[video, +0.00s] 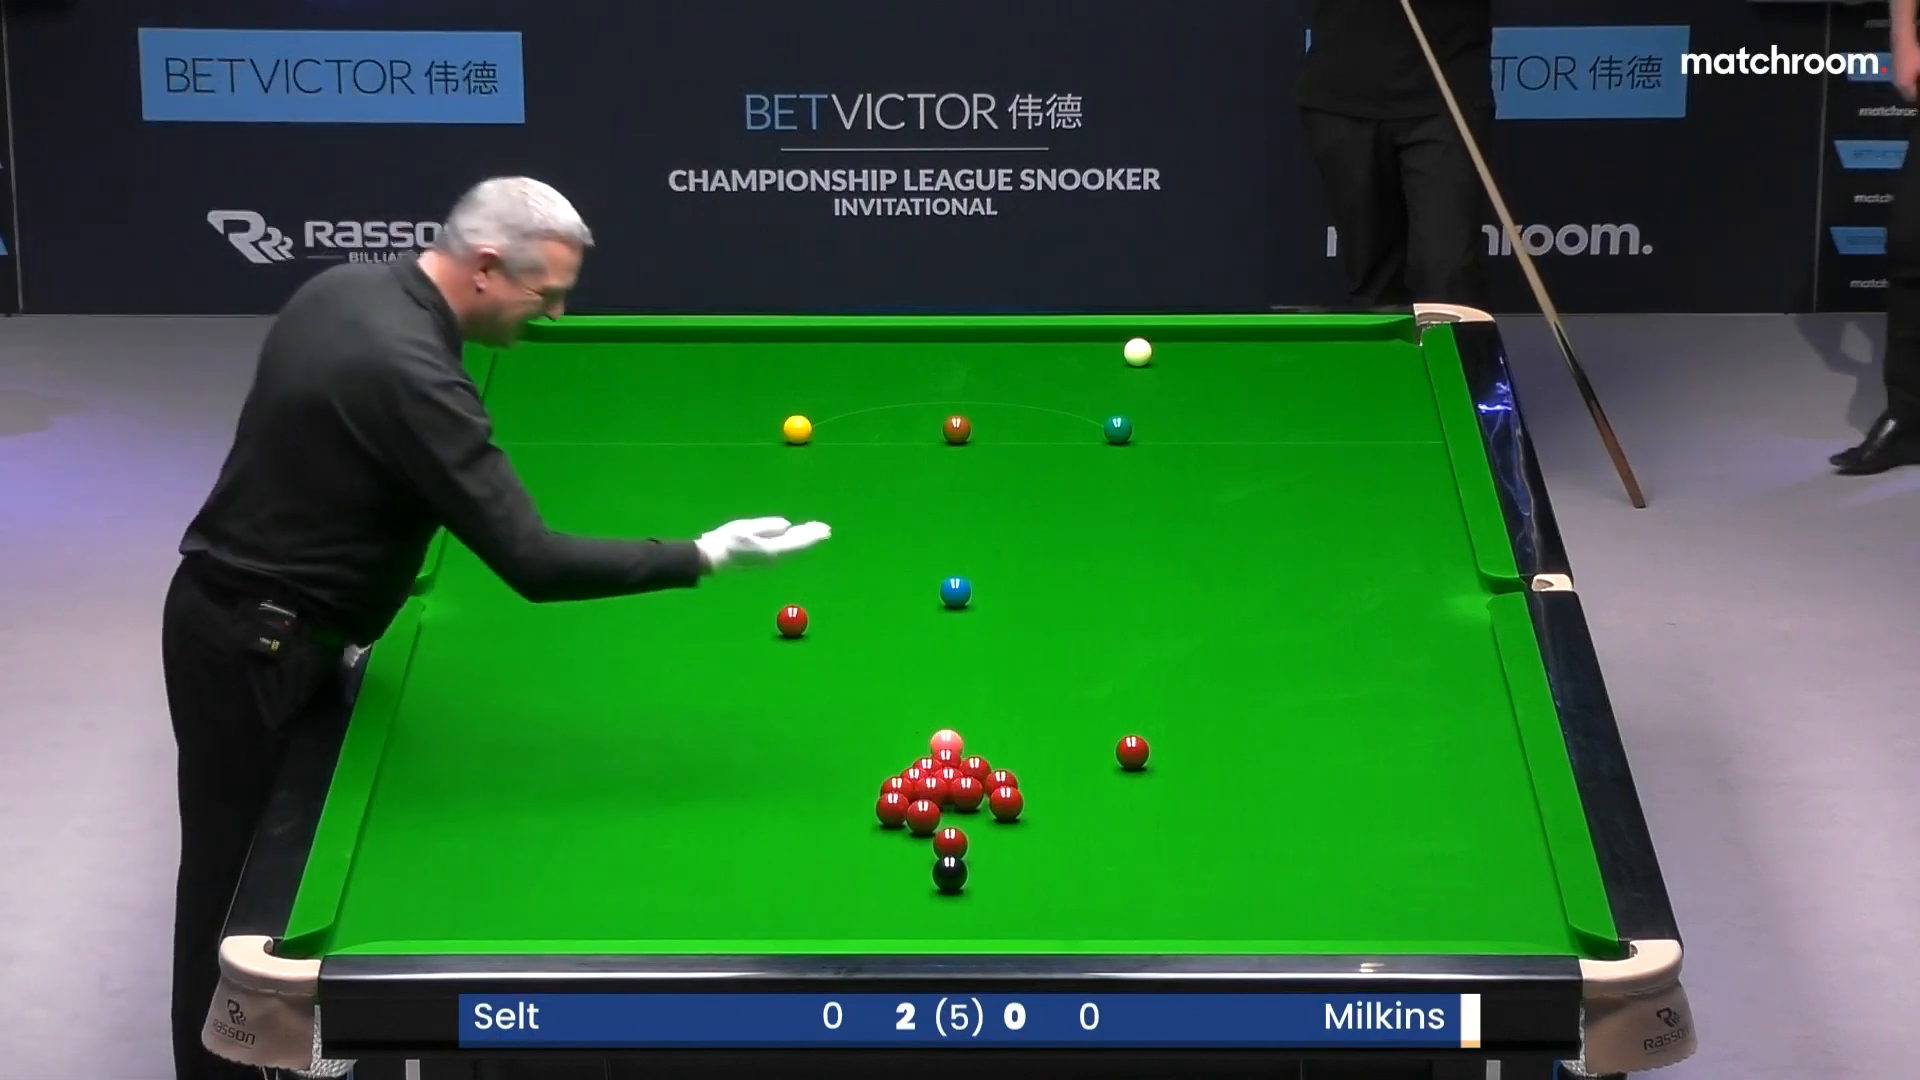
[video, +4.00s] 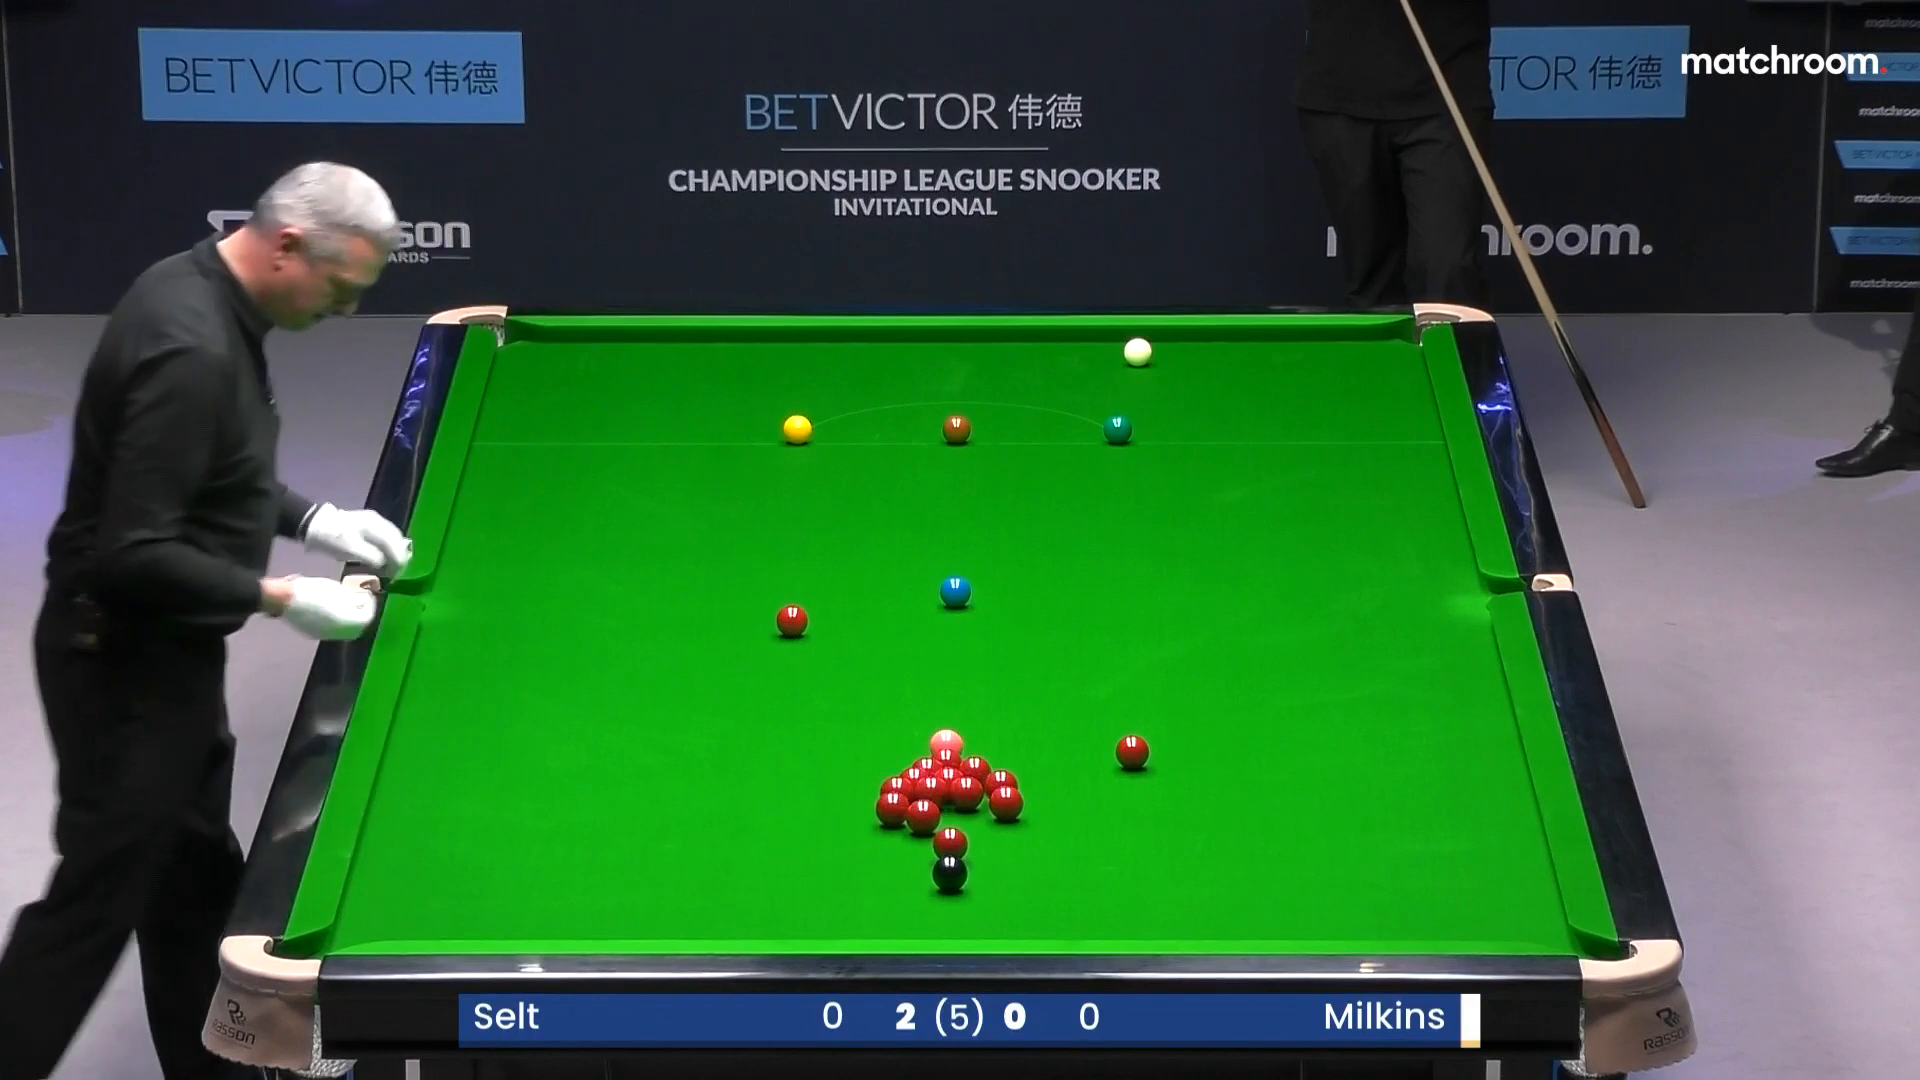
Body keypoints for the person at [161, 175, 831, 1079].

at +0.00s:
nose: (551, 311)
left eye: (560, 295)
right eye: (546, 291)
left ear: (472, 262)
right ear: (483, 264)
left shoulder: (348, 289)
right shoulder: (413, 372)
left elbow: (286, 455)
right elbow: (535, 562)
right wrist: (701, 555)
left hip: (228, 607)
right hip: (261, 639)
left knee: (241, 868)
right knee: (237, 881)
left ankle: (238, 1055)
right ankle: (217, 1063)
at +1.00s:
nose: (657, 407)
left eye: (666, 391)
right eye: (658, 387)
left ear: (585, 333)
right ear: (601, 348)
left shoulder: (457, 331)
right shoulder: (531, 449)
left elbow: (354, 451)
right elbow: (648, 630)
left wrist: (366, 619)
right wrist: (816, 640)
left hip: (240, 584)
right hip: (277, 635)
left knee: (245, 865)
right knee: (243, 882)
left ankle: (230, 1043)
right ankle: (211, 1054)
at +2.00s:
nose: (663, 404)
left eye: (673, 387)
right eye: (664, 383)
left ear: (592, 334)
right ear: (609, 349)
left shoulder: (451, 331)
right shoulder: (538, 451)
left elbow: (340, 441)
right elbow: (658, 617)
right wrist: (827, 692)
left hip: (242, 585)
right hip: (284, 636)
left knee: (242, 868)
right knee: (252, 886)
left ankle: (227, 1045)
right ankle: (219, 1054)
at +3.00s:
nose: (652, 389)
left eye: (660, 373)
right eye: (650, 368)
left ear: (579, 318)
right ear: (592, 331)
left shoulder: (438, 323)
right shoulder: (516, 430)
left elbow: (324, 448)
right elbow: (573, 651)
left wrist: (365, 610)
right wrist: (734, 660)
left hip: (241, 590)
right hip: (279, 636)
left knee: (236, 880)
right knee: (250, 894)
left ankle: (215, 1054)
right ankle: (215, 1060)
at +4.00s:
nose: (341, 308)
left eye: (354, 295)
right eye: (342, 287)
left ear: (289, 243)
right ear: (287, 243)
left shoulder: (213, 306)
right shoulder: (188, 344)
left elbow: (220, 475)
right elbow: (127, 549)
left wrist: (313, 519)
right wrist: (274, 597)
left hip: (168, 644)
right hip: (116, 653)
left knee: (199, 890)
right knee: (101, 892)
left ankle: (211, 1069)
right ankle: (14, 1057)